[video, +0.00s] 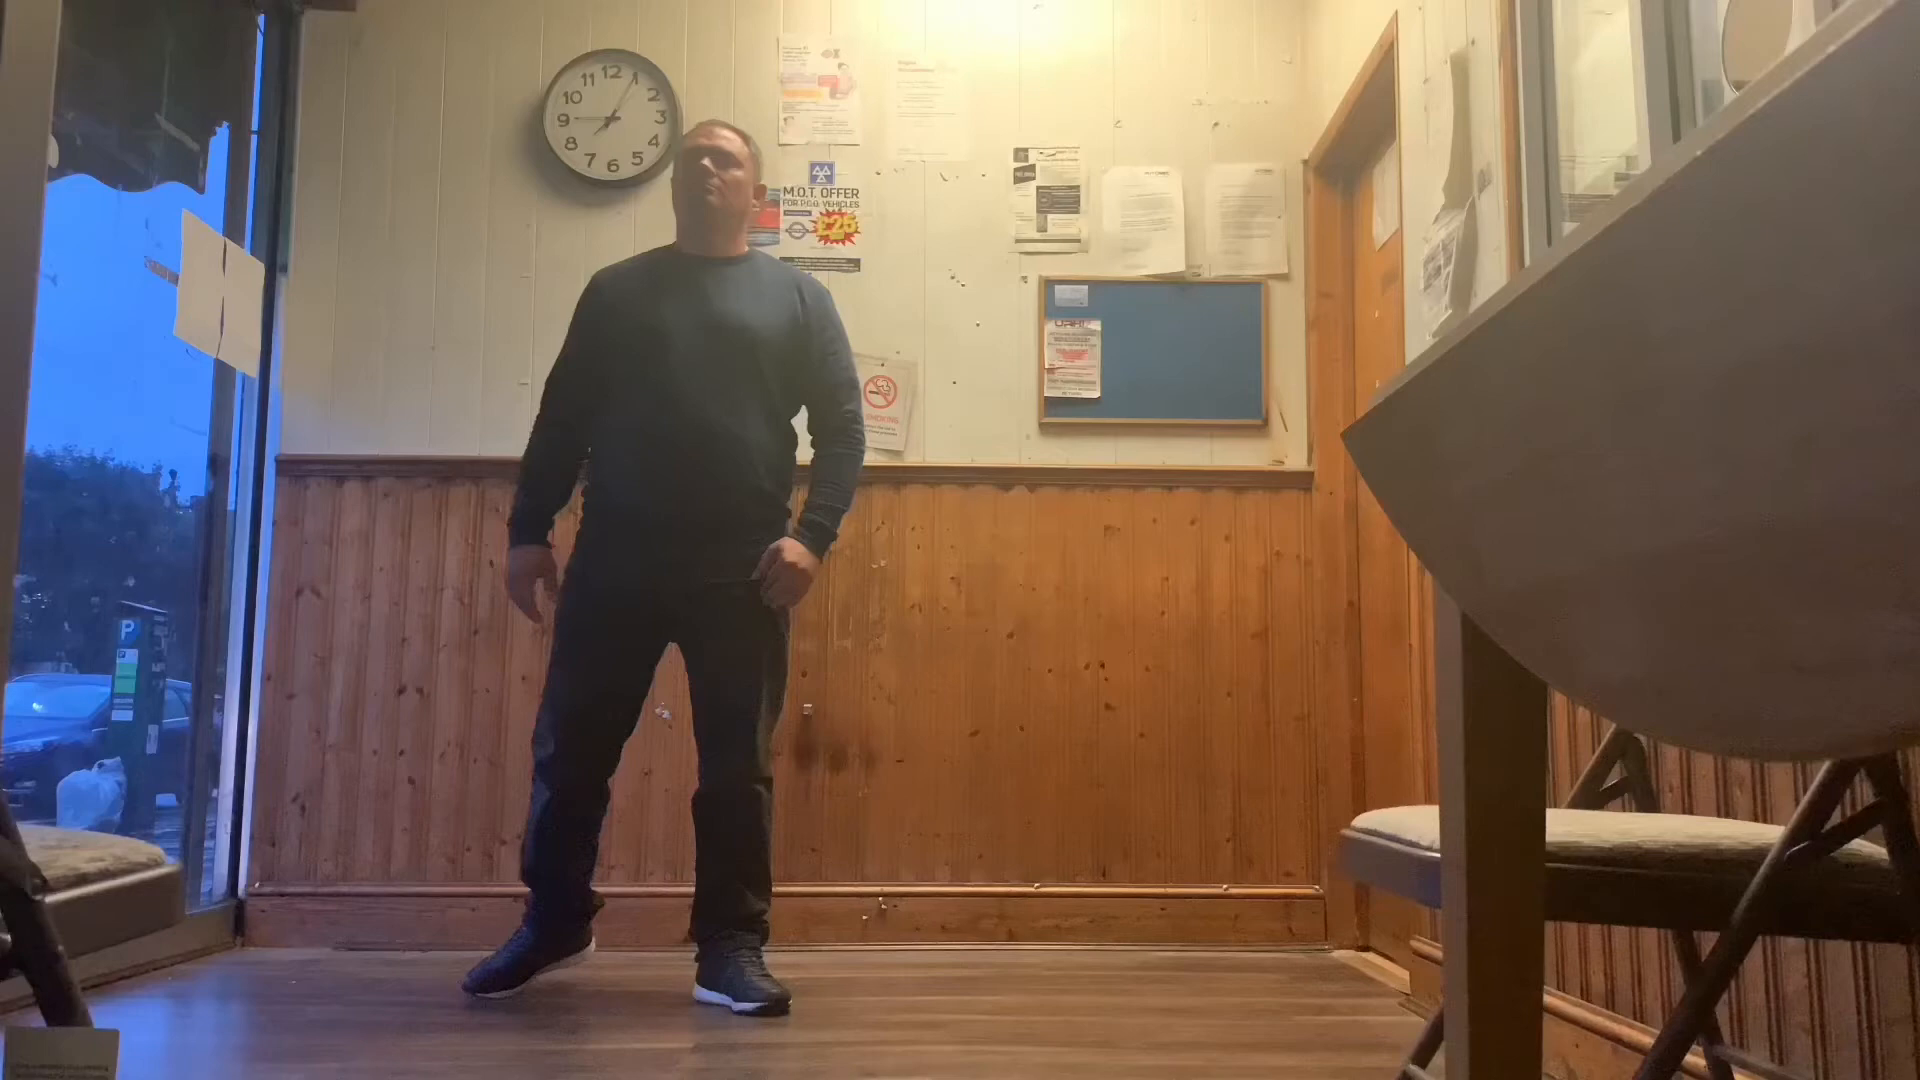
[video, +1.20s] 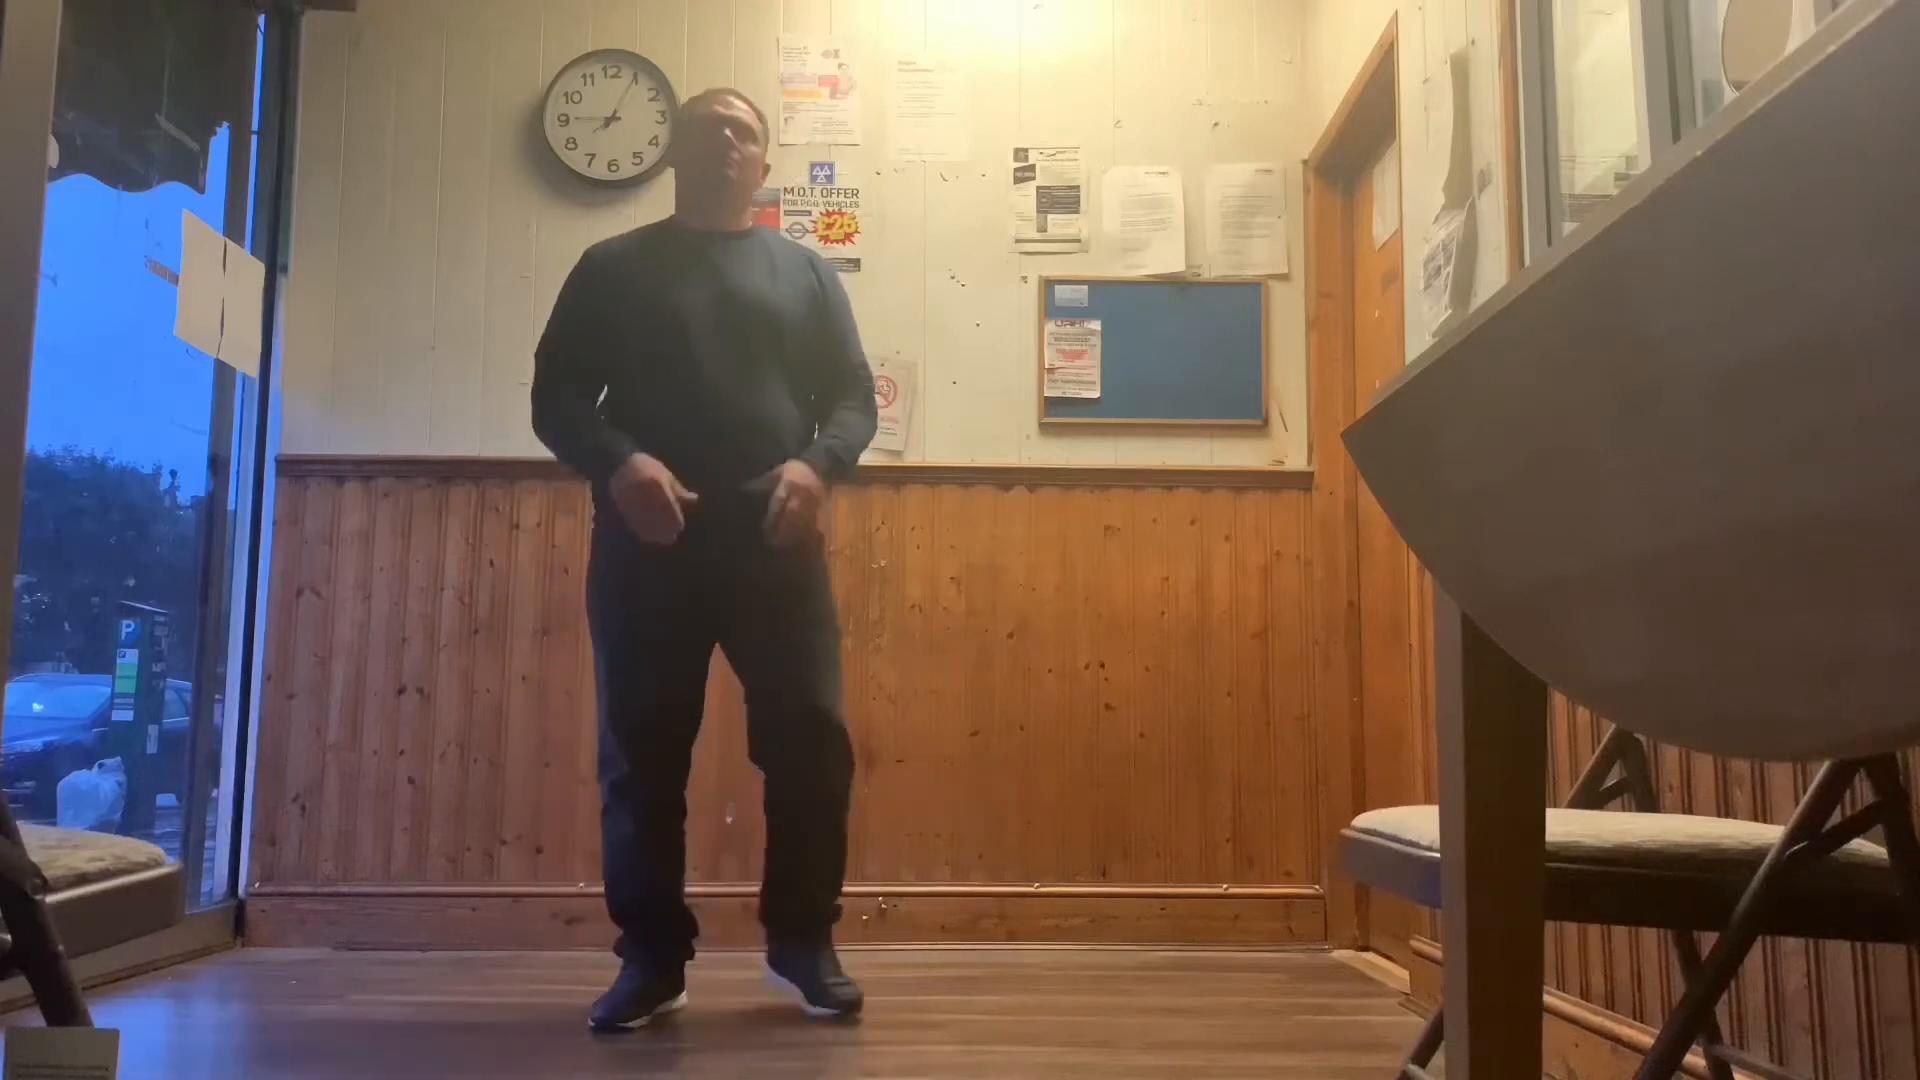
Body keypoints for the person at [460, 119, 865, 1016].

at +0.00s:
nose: (705, 166)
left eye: (724, 159)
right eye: (692, 158)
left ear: (758, 197)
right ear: (670, 188)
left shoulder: (798, 297)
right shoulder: (614, 291)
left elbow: (842, 430)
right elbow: (563, 416)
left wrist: (812, 537)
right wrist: (530, 529)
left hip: (738, 569)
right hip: (618, 563)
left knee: (736, 770)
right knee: (569, 751)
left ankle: (732, 950)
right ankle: (556, 922)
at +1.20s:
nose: (725, 135)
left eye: (743, 129)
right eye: (705, 123)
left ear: (766, 166)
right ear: (671, 155)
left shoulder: (805, 272)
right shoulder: (610, 268)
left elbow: (853, 400)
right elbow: (556, 398)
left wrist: (817, 464)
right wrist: (615, 462)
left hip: (774, 552)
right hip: (646, 552)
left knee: (812, 737)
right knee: (640, 762)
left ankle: (803, 942)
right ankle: (650, 960)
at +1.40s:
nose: (759, 134)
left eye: (774, 124)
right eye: (738, 121)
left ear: (797, 157)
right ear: (702, 151)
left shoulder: (833, 266)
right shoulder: (642, 251)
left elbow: (899, 392)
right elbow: (585, 369)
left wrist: (861, 384)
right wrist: (709, 364)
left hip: (803, 550)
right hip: (674, 551)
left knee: (834, 755)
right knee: (657, 764)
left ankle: (840, 965)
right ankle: (651, 962)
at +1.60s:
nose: (811, 133)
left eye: (822, 123)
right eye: (788, 120)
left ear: (842, 153)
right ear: (744, 150)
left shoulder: (889, 258)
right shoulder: (702, 259)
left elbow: (936, 370)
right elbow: (663, 387)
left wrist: (939, 422)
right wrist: (776, 408)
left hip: (868, 557)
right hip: (741, 557)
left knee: (882, 777)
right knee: (702, 759)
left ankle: (838, 972)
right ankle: (660, 941)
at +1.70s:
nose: (830, 124)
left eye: (841, 110)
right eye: (806, 111)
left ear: (861, 133)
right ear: (762, 135)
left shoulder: (909, 231)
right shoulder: (722, 244)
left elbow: (974, 357)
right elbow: (672, 363)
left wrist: (1038, 471)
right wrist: (679, 457)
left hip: (895, 534)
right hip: (772, 530)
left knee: (912, 752)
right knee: (768, 735)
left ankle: (848, 956)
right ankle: (739, 933)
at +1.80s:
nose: (842, 114)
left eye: (853, 100)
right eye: (818, 103)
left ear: (875, 123)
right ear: (775, 128)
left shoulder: (924, 213)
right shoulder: (735, 233)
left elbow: (1019, 315)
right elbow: (627, 332)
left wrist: (1124, 400)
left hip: (919, 517)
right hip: (799, 525)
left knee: (971, 733)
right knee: (838, 746)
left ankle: (867, 929)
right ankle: (885, 982)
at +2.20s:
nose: (845, 132)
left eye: (863, 121)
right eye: (824, 122)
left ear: (892, 158)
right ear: (794, 158)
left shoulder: (931, 270)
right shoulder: (745, 265)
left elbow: (1003, 388)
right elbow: (677, 376)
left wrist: (1086, 472)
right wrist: (602, 447)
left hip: (899, 542)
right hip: (778, 540)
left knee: (945, 757)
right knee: (823, 726)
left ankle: (900, 959)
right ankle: (870, 977)